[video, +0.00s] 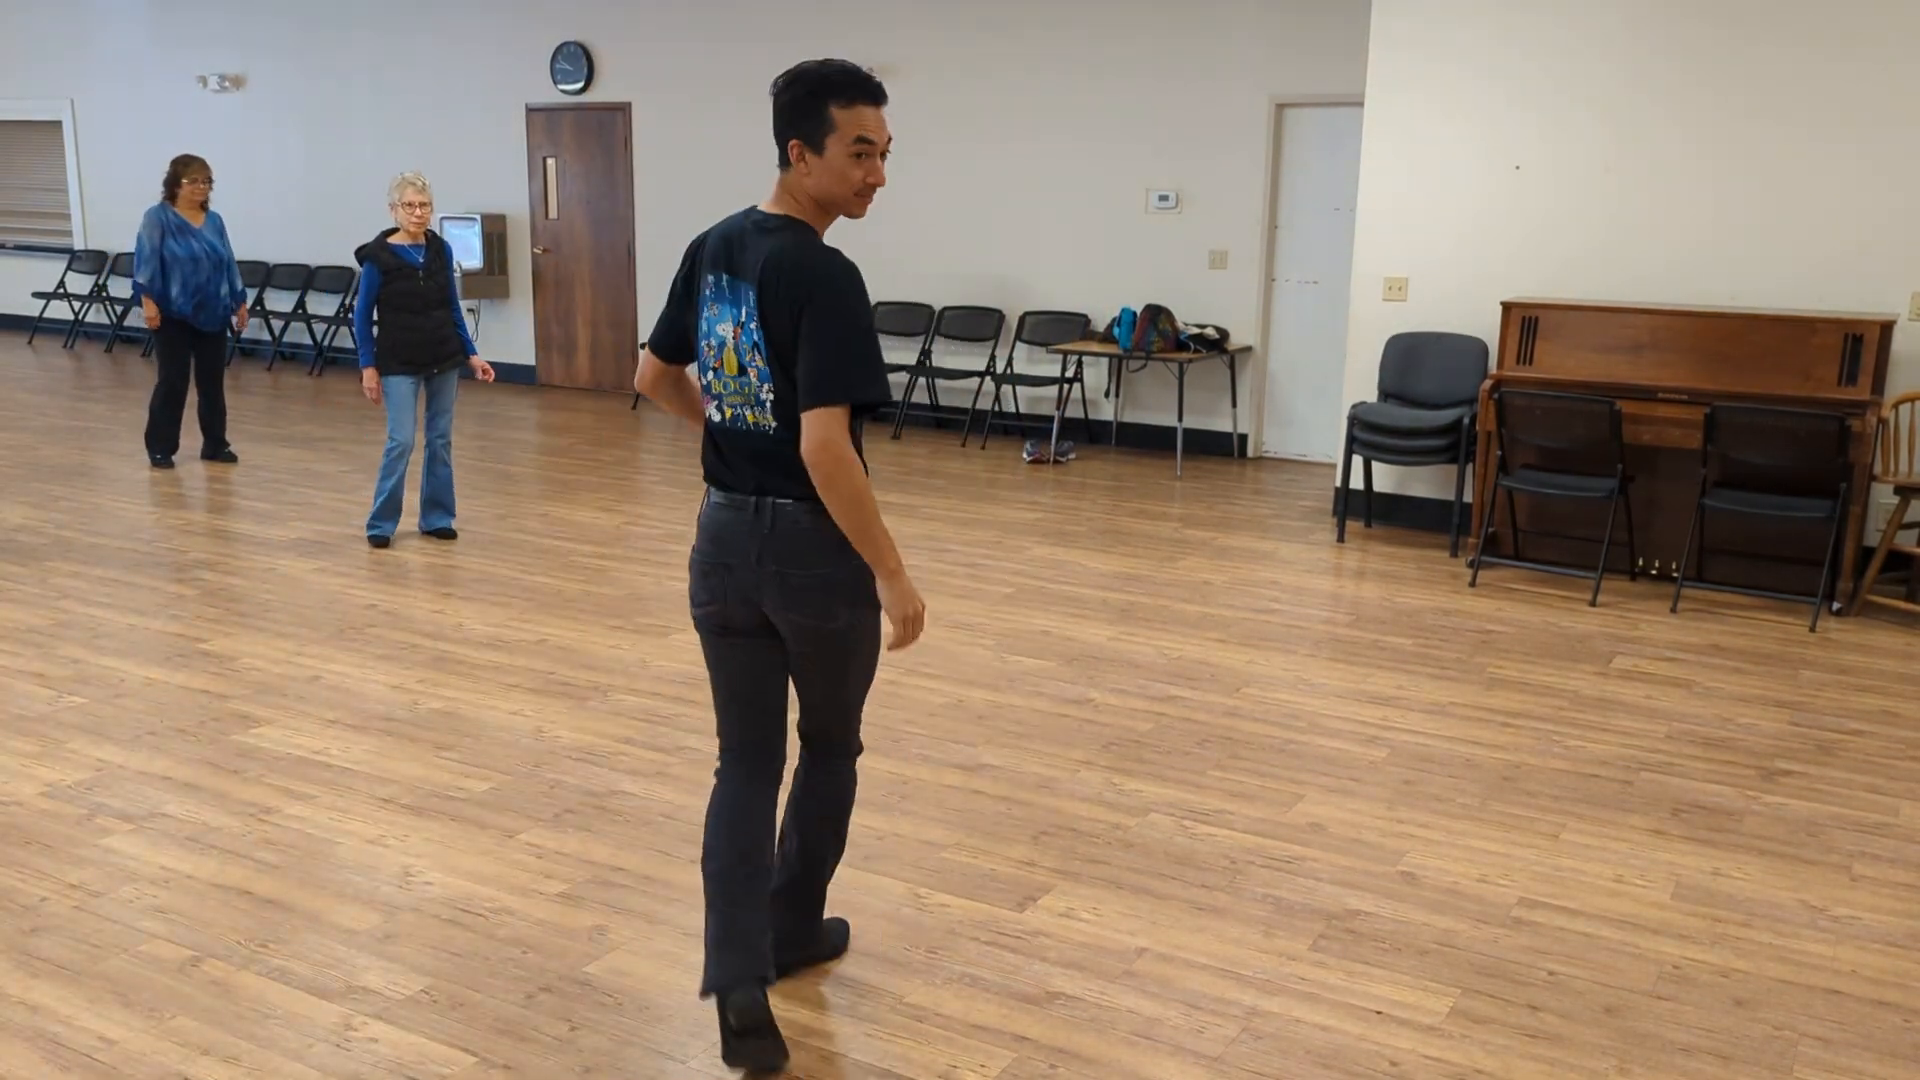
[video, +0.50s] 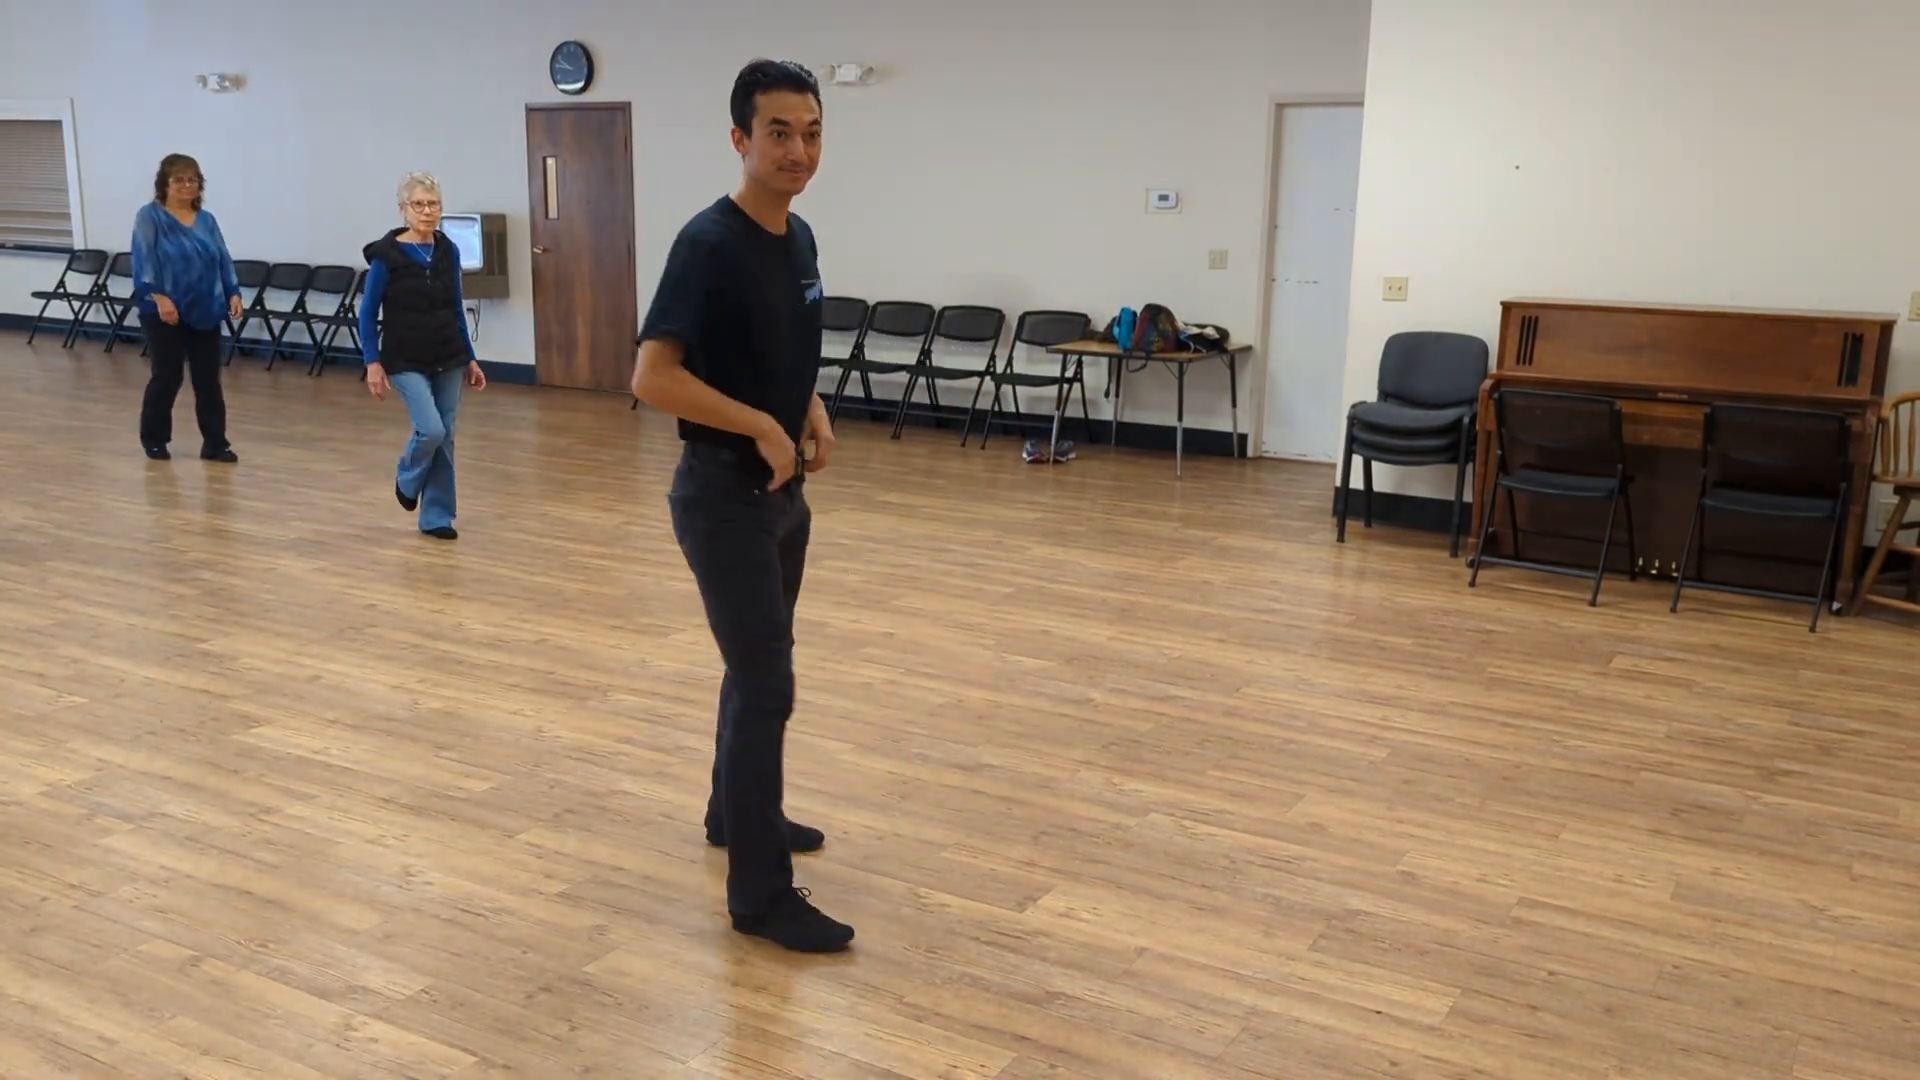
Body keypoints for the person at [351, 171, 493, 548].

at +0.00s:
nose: (418, 212)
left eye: (424, 206)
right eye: (410, 206)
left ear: (432, 209)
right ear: (395, 209)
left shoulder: (440, 250)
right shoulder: (378, 255)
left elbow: (453, 308)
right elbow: (362, 313)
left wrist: (472, 355)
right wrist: (368, 366)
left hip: (444, 359)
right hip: (399, 362)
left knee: (440, 441)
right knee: (402, 441)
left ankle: (437, 519)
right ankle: (381, 524)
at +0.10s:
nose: (422, 211)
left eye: (428, 205)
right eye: (413, 205)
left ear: (436, 208)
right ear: (399, 209)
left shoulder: (445, 249)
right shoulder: (383, 253)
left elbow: (457, 308)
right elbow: (365, 312)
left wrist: (474, 355)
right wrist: (369, 364)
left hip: (447, 358)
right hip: (401, 361)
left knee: (440, 440)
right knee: (408, 439)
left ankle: (438, 519)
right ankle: (393, 523)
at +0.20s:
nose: (426, 212)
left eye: (432, 205)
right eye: (417, 206)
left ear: (440, 209)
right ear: (402, 209)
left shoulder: (447, 250)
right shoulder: (386, 253)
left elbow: (458, 309)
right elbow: (367, 312)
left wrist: (475, 357)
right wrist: (371, 363)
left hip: (448, 358)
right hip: (403, 361)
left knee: (441, 439)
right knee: (413, 439)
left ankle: (439, 518)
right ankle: (405, 519)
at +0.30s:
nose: (427, 212)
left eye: (433, 205)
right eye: (419, 206)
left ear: (440, 209)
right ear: (404, 209)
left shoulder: (448, 250)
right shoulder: (387, 253)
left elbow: (457, 310)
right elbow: (367, 312)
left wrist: (473, 358)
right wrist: (372, 362)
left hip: (448, 360)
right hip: (403, 362)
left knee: (442, 438)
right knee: (420, 436)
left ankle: (439, 517)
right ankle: (411, 514)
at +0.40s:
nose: (428, 212)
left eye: (434, 205)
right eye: (419, 205)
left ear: (441, 209)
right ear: (405, 209)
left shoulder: (448, 250)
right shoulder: (387, 253)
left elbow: (457, 309)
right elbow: (367, 311)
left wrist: (470, 358)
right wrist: (372, 361)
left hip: (449, 357)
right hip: (404, 358)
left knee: (444, 436)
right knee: (428, 432)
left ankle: (438, 516)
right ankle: (410, 499)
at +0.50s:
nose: (427, 211)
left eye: (433, 204)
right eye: (419, 205)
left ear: (440, 209)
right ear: (404, 209)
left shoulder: (448, 250)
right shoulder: (387, 253)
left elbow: (457, 310)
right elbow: (367, 312)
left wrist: (469, 359)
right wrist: (372, 362)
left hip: (449, 357)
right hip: (404, 359)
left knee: (445, 436)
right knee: (433, 431)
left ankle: (437, 517)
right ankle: (409, 477)